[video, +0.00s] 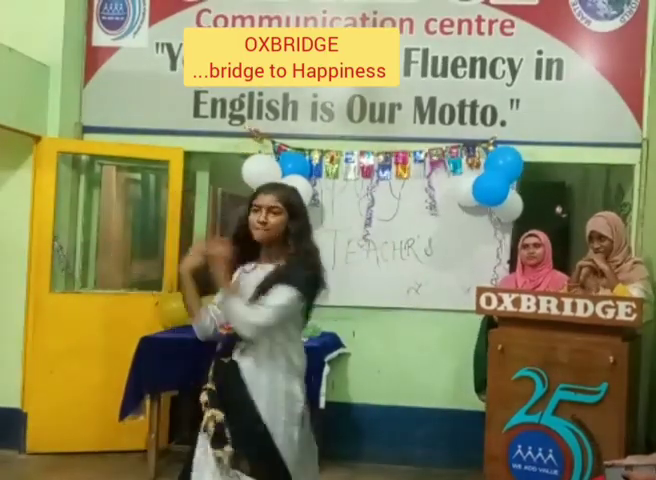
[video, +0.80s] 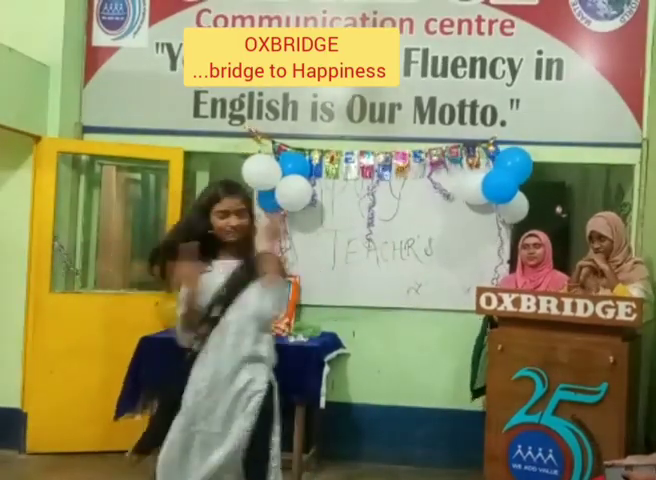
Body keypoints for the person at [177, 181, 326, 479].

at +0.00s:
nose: (262, 218)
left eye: (273, 212)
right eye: (257, 210)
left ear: (292, 222)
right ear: (248, 216)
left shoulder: (300, 273)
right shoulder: (244, 272)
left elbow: (255, 324)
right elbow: (206, 327)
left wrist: (223, 278)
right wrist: (186, 275)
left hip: (272, 390)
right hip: (233, 385)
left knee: (271, 467)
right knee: (220, 466)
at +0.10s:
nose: (252, 216)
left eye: (265, 211)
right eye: (249, 207)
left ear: (284, 223)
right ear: (241, 211)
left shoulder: (280, 272)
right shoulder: (243, 268)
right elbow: (200, 314)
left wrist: (182, 256)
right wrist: (181, 260)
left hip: (260, 387)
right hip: (233, 379)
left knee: (250, 466)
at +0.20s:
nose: (240, 214)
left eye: (253, 211)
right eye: (238, 205)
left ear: (272, 224)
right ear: (232, 207)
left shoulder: (253, 266)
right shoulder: (240, 260)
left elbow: (184, 298)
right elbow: (188, 306)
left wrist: (158, 266)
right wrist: (158, 262)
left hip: (243, 378)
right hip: (224, 372)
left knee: (252, 463)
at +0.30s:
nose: (224, 220)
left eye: (237, 218)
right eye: (225, 211)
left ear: (256, 232)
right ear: (219, 212)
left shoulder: (235, 274)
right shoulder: (217, 268)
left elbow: (160, 293)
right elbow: (178, 314)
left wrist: (126, 260)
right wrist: (137, 265)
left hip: (226, 387)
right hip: (204, 384)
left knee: (238, 469)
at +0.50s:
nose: (197, 214)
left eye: (210, 213)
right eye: (197, 205)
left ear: (230, 226)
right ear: (192, 206)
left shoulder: (221, 266)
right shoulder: (202, 262)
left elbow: (171, 317)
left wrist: (131, 283)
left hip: (220, 385)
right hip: (197, 381)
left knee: (227, 469)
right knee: (180, 465)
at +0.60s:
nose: (203, 224)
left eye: (214, 217)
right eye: (196, 214)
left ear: (227, 224)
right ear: (183, 218)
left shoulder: (229, 266)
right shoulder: (189, 269)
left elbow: (208, 319)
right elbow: (168, 335)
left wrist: (171, 282)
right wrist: (133, 299)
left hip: (228, 385)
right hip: (194, 383)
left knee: (238, 469)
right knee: (172, 465)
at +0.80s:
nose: (233, 223)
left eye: (240, 214)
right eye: (223, 215)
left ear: (251, 219)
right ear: (207, 221)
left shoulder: (262, 266)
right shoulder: (200, 269)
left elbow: (273, 312)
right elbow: (186, 335)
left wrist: (267, 251)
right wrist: (190, 289)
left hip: (251, 370)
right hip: (206, 369)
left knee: (249, 459)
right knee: (192, 456)